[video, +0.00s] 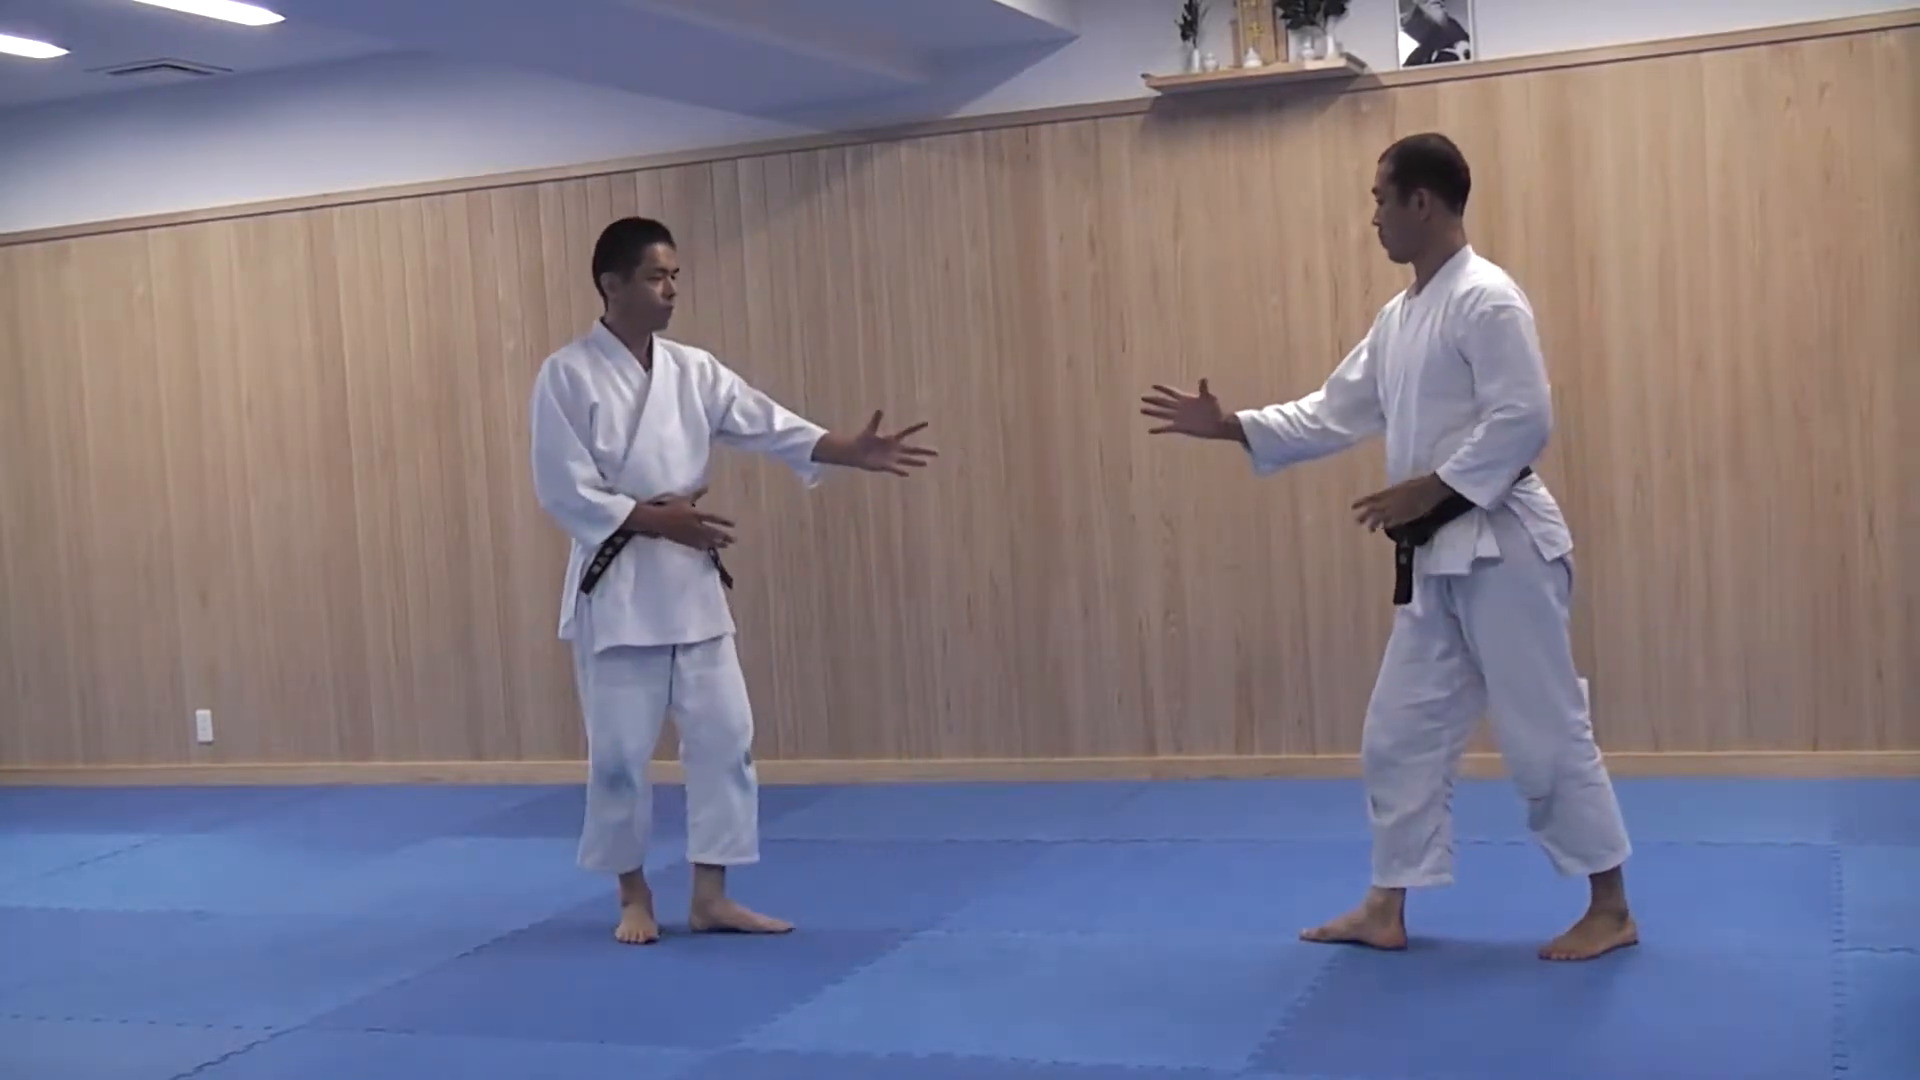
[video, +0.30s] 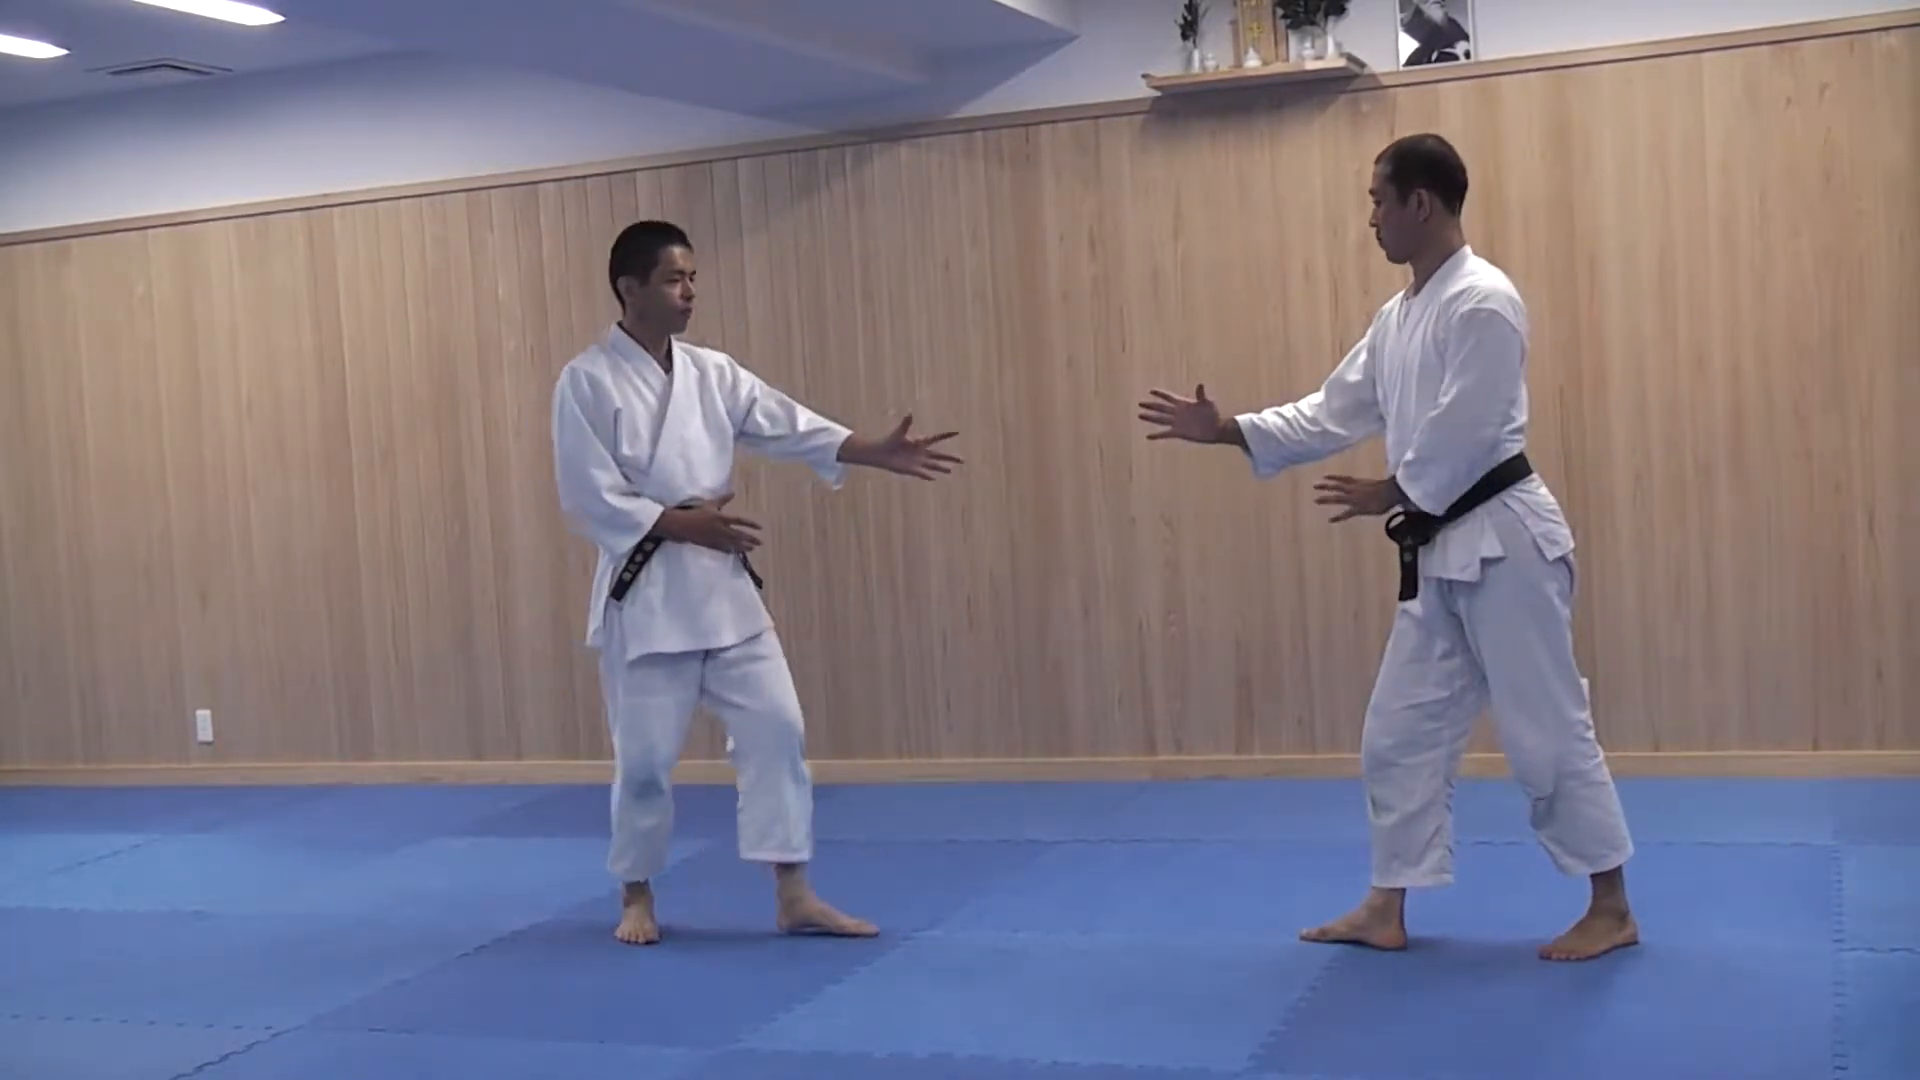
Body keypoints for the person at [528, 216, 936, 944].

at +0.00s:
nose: (671, 289)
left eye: (675, 277)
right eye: (657, 278)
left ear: (675, 282)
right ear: (610, 285)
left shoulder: (691, 367)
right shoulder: (568, 374)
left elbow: (766, 422)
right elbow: (565, 490)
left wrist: (845, 450)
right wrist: (657, 520)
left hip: (693, 579)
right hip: (617, 588)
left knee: (725, 736)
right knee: (619, 752)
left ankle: (709, 897)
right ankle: (634, 899)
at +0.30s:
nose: (688, 292)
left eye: (691, 279)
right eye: (673, 280)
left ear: (690, 285)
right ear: (627, 288)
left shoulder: (710, 370)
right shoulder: (587, 380)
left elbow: (787, 422)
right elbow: (589, 496)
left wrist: (870, 450)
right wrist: (684, 525)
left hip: (723, 581)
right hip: (646, 591)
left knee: (779, 725)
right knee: (645, 759)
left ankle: (795, 895)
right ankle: (637, 901)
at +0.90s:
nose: (953, 285)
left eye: (957, 272)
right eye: (937, 272)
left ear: (955, 277)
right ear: (888, 277)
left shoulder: (973, 364)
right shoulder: (837, 370)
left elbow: (1064, 409)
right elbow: (824, 491)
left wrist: (1171, 436)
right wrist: (918, 525)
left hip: (965, 577)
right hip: (882, 579)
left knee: (1031, 732)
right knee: (841, 750)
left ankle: (1034, 900)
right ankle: (764, 878)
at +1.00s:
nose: (990, 273)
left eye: (995, 260)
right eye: (976, 260)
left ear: (995, 265)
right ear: (926, 263)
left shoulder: (1008, 354)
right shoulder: (870, 352)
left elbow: (1095, 405)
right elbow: (851, 476)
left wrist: (1195, 439)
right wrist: (943, 513)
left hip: (990, 573)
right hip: (908, 575)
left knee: (1043, 732)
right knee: (882, 750)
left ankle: (1035, 900)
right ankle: (828, 884)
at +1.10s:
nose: (1018, 271)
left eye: (1023, 258)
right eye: (1005, 257)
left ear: (1021, 263)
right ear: (953, 259)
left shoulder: (1029, 353)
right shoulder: (896, 345)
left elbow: (1112, 409)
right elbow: (875, 467)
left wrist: (1200, 447)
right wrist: (964, 509)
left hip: (1010, 570)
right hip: (928, 571)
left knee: (1054, 731)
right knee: (908, 750)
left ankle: (1037, 898)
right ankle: (868, 893)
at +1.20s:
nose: (1036, 274)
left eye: (1040, 261)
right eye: (1023, 260)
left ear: (1035, 265)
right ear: (971, 261)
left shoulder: (1046, 359)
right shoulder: (910, 347)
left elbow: (1129, 419)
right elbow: (889, 469)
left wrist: (1215, 461)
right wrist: (981, 511)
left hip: (1024, 576)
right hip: (939, 579)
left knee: (1063, 735)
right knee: (918, 754)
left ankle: (1037, 901)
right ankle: (882, 899)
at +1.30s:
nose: (1044, 274)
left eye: (1048, 261)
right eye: (1031, 260)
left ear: (1045, 264)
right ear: (978, 260)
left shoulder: (1052, 359)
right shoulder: (916, 347)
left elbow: (1137, 423)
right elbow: (893, 468)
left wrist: (1227, 468)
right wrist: (983, 512)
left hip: (1027, 571)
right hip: (941, 572)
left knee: (1066, 732)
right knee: (915, 750)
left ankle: (1038, 898)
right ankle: (880, 896)